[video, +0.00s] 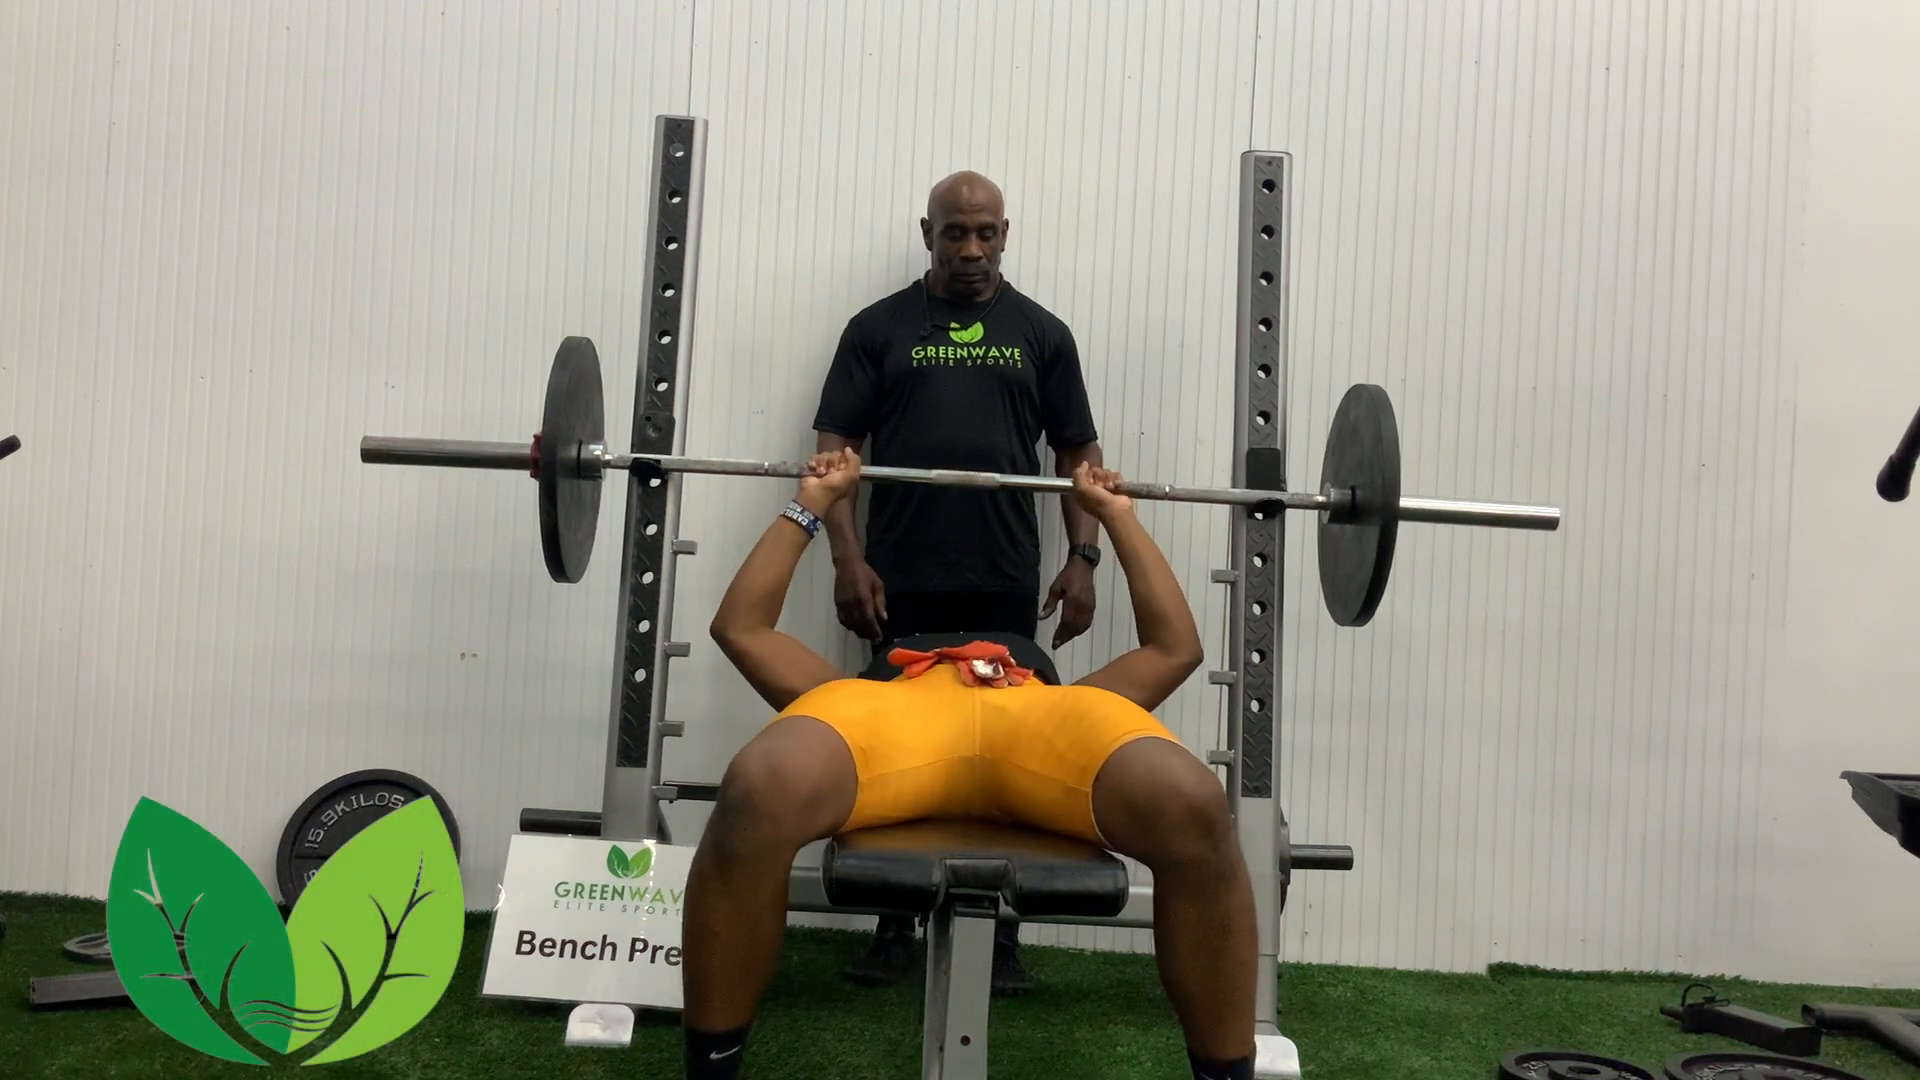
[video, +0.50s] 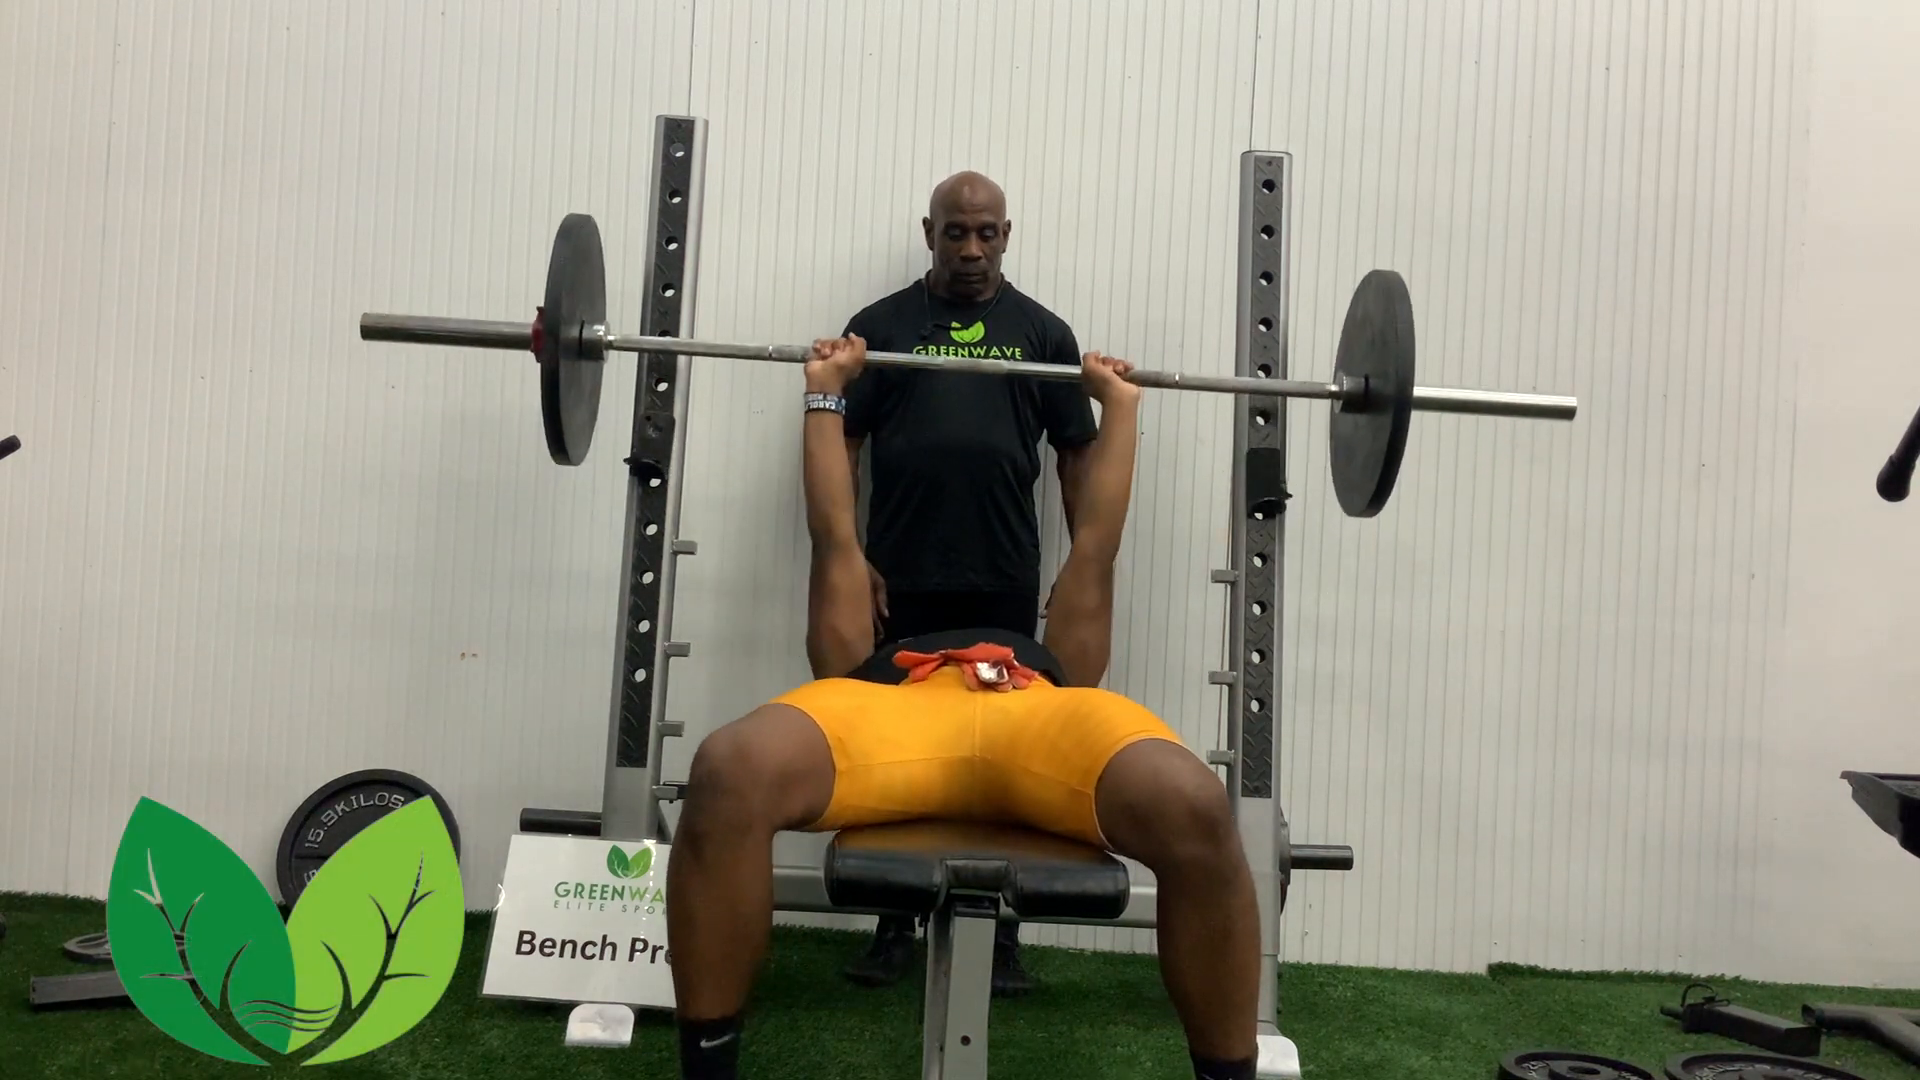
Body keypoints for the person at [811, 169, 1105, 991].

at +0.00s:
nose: (972, 248)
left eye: (987, 234)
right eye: (956, 233)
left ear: (1006, 238)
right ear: (927, 236)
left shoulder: (1041, 335)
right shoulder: (876, 332)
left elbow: (1078, 457)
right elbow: (833, 456)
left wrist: (1082, 558)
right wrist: (849, 561)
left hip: (1007, 583)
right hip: (903, 580)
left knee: (1013, 750)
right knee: (892, 747)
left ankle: (1000, 930)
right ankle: (896, 922)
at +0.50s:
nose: (973, 248)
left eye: (988, 234)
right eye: (957, 233)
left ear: (1006, 237)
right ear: (929, 236)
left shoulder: (1045, 337)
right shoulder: (874, 332)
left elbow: (1078, 463)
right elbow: (843, 458)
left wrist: (1090, 562)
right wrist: (851, 559)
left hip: (1009, 578)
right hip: (901, 575)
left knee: (1015, 746)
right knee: (890, 741)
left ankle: (1000, 926)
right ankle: (896, 916)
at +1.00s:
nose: (959, 246)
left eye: (977, 232)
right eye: (946, 229)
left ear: (1006, 241)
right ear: (928, 233)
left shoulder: (1045, 337)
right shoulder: (875, 330)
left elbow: (1078, 460)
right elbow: (845, 456)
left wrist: (1082, 560)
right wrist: (849, 558)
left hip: (1007, 579)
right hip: (899, 573)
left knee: (1011, 752)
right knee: (891, 744)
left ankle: (999, 927)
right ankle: (897, 917)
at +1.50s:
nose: (972, 249)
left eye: (987, 234)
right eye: (956, 233)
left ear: (1006, 237)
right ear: (927, 236)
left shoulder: (1043, 336)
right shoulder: (873, 333)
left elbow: (1077, 456)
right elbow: (842, 456)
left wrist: (1079, 555)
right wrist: (851, 558)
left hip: (1007, 582)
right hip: (899, 576)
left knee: (1010, 756)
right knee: (892, 750)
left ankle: (999, 929)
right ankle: (896, 920)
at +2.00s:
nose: (967, 248)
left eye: (983, 235)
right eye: (952, 233)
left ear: (1005, 239)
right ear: (926, 237)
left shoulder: (1042, 336)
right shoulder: (877, 330)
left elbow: (1078, 455)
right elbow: (836, 445)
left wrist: (1083, 563)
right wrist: (844, 556)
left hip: (1006, 590)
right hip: (900, 585)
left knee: (1011, 759)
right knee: (889, 754)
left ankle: (1000, 931)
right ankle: (894, 924)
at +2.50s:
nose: (967, 249)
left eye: (983, 235)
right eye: (952, 234)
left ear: (1005, 241)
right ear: (927, 236)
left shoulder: (1042, 337)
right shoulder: (876, 331)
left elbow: (1077, 459)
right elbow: (834, 454)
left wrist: (1080, 559)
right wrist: (848, 558)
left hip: (1006, 589)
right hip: (902, 586)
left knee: (1011, 752)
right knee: (890, 751)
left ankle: (998, 927)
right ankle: (896, 918)